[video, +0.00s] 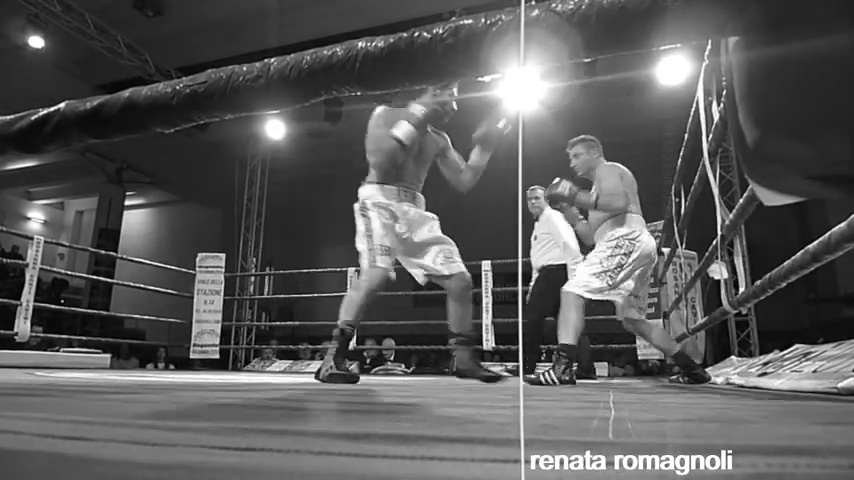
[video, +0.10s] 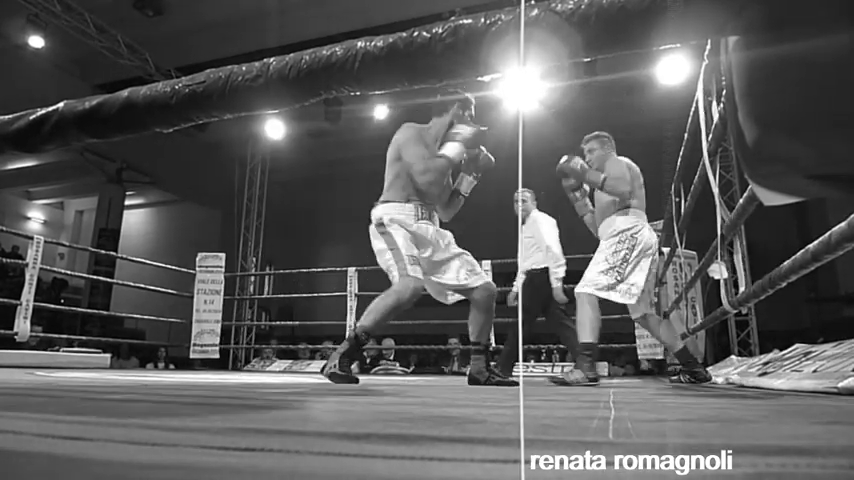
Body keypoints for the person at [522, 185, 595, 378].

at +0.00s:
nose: (533, 203)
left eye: (537, 198)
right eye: (530, 199)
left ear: (546, 200)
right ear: (527, 203)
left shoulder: (553, 216)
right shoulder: (539, 224)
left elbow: (569, 241)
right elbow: (538, 260)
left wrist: (576, 271)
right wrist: (533, 284)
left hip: (555, 271)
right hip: (546, 272)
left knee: (532, 317)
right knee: (568, 318)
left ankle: (528, 365)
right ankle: (586, 366)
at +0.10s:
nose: (520, 205)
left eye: (524, 201)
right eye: (517, 202)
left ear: (534, 203)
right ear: (514, 206)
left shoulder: (543, 221)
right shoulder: (524, 227)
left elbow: (554, 251)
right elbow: (524, 262)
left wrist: (557, 283)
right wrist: (516, 288)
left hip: (541, 275)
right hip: (531, 276)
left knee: (519, 324)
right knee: (560, 322)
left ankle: (503, 369)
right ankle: (584, 364)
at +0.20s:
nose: (509, 207)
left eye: (513, 203)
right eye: (506, 203)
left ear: (523, 205)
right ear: (503, 206)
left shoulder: (529, 222)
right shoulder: (516, 227)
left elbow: (539, 254)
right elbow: (515, 262)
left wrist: (540, 288)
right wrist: (506, 286)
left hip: (528, 275)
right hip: (521, 275)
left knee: (515, 324)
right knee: (549, 320)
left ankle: (503, 370)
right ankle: (579, 362)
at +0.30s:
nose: (498, 205)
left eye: (503, 202)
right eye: (495, 202)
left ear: (512, 204)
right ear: (493, 206)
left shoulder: (518, 221)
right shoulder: (507, 224)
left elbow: (523, 253)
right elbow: (508, 257)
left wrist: (520, 285)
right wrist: (500, 281)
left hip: (521, 273)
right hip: (511, 273)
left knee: (509, 322)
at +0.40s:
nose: (486, 203)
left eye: (490, 200)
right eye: (483, 200)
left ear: (500, 202)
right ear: (481, 204)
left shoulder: (506, 220)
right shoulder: (493, 222)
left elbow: (505, 252)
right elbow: (494, 252)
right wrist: (486, 277)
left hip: (508, 270)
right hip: (498, 270)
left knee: (498, 314)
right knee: (497, 315)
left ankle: (503, 362)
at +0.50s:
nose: (477, 203)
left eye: (482, 200)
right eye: (475, 200)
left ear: (491, 202)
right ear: (473, 203)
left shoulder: (500, 221)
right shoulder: (484, 223)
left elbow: (498, 253)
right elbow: (486, 253)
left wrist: (473, 272)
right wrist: (475, 272)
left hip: (499, 272)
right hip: (485, 273)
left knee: (496, 316)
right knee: (474, 314)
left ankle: (503, 364)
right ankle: (495, 352)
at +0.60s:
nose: (465, 204)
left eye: (470, 200)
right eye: (463, 200)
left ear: (479, 203)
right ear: (459, 204)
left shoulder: (488, 224)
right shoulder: (468, 226)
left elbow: (486, 254)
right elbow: (470, 255)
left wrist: (458, 268)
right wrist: (459, 269)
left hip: (486, 274)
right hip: (470, 275)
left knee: (489, 318)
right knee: (456, 319)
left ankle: (502, 365)